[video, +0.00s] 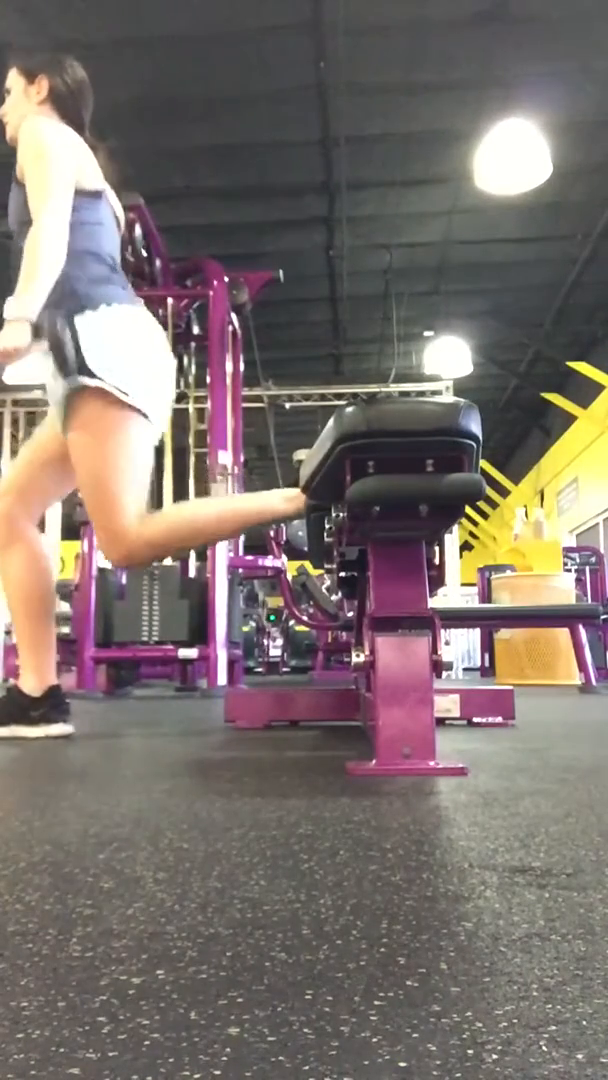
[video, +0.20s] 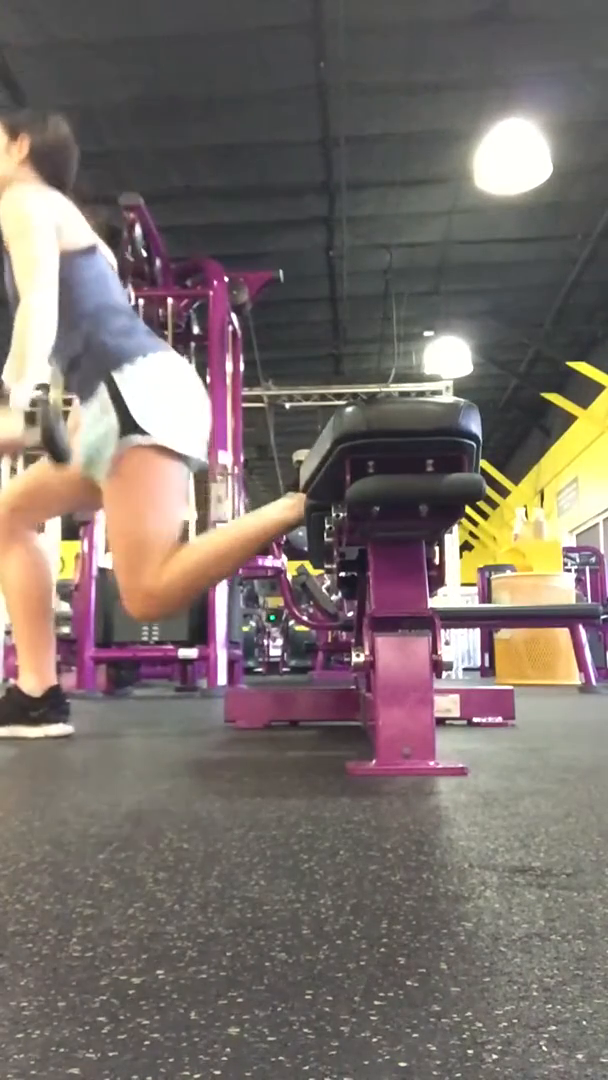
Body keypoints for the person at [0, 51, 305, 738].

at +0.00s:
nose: (5, 106)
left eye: (11, 93)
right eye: (6, 94)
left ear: (38, 90)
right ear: (54, 98)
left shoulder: (44, 133)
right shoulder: (69, 156)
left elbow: (50, 229)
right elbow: (77, 272)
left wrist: (18, 316)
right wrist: (26, 347)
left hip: (115, 344)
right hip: (103, 358)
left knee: (122, 537)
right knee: (14, 508)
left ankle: (304, 497)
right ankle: (37, 691)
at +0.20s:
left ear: (19, 147)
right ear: (40, 155)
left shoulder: (27, 200)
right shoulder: (51, 217)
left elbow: (40, 298)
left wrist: (23, 398)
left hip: (143, 392)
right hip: (117, 414)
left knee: (148, 592)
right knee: (13, 512)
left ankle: (306, 499)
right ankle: (36, 691)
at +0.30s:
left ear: (14, 181)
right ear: (31, 187)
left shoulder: (25, 237)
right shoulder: (48, 248)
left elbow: (36, 344)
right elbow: (100, 384)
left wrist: (14, 447)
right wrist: (65, 462)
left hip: (159, 414)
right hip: (122, 435)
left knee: (168, 616)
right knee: (10, 516)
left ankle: (302, 501)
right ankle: (38, 692)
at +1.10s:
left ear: (10, 169)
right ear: (29, 176)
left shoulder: (17, 223)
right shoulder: (35, 235)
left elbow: (31, 328)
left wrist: (17, 431)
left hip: (154, 399)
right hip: (121, 422)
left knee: (156, 605)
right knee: (10, 513)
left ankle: (305, 503)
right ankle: (37, 693)